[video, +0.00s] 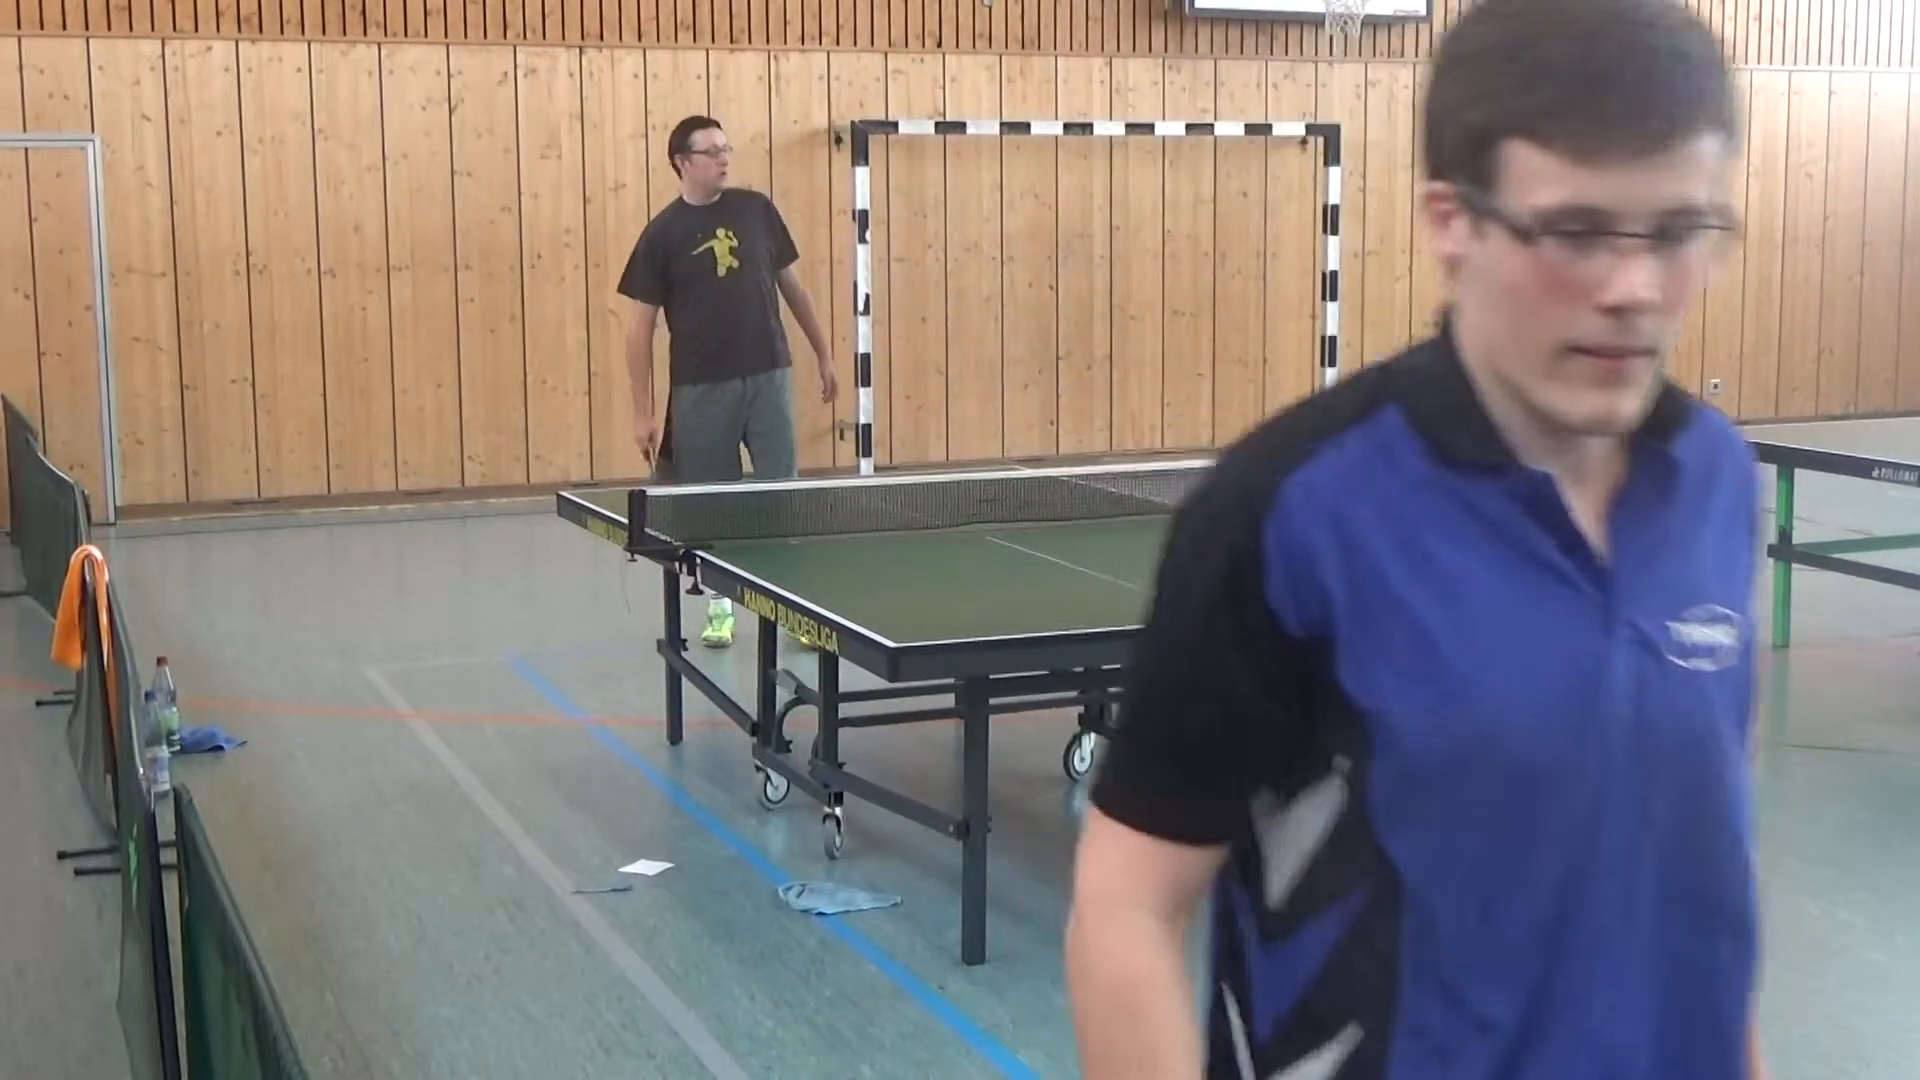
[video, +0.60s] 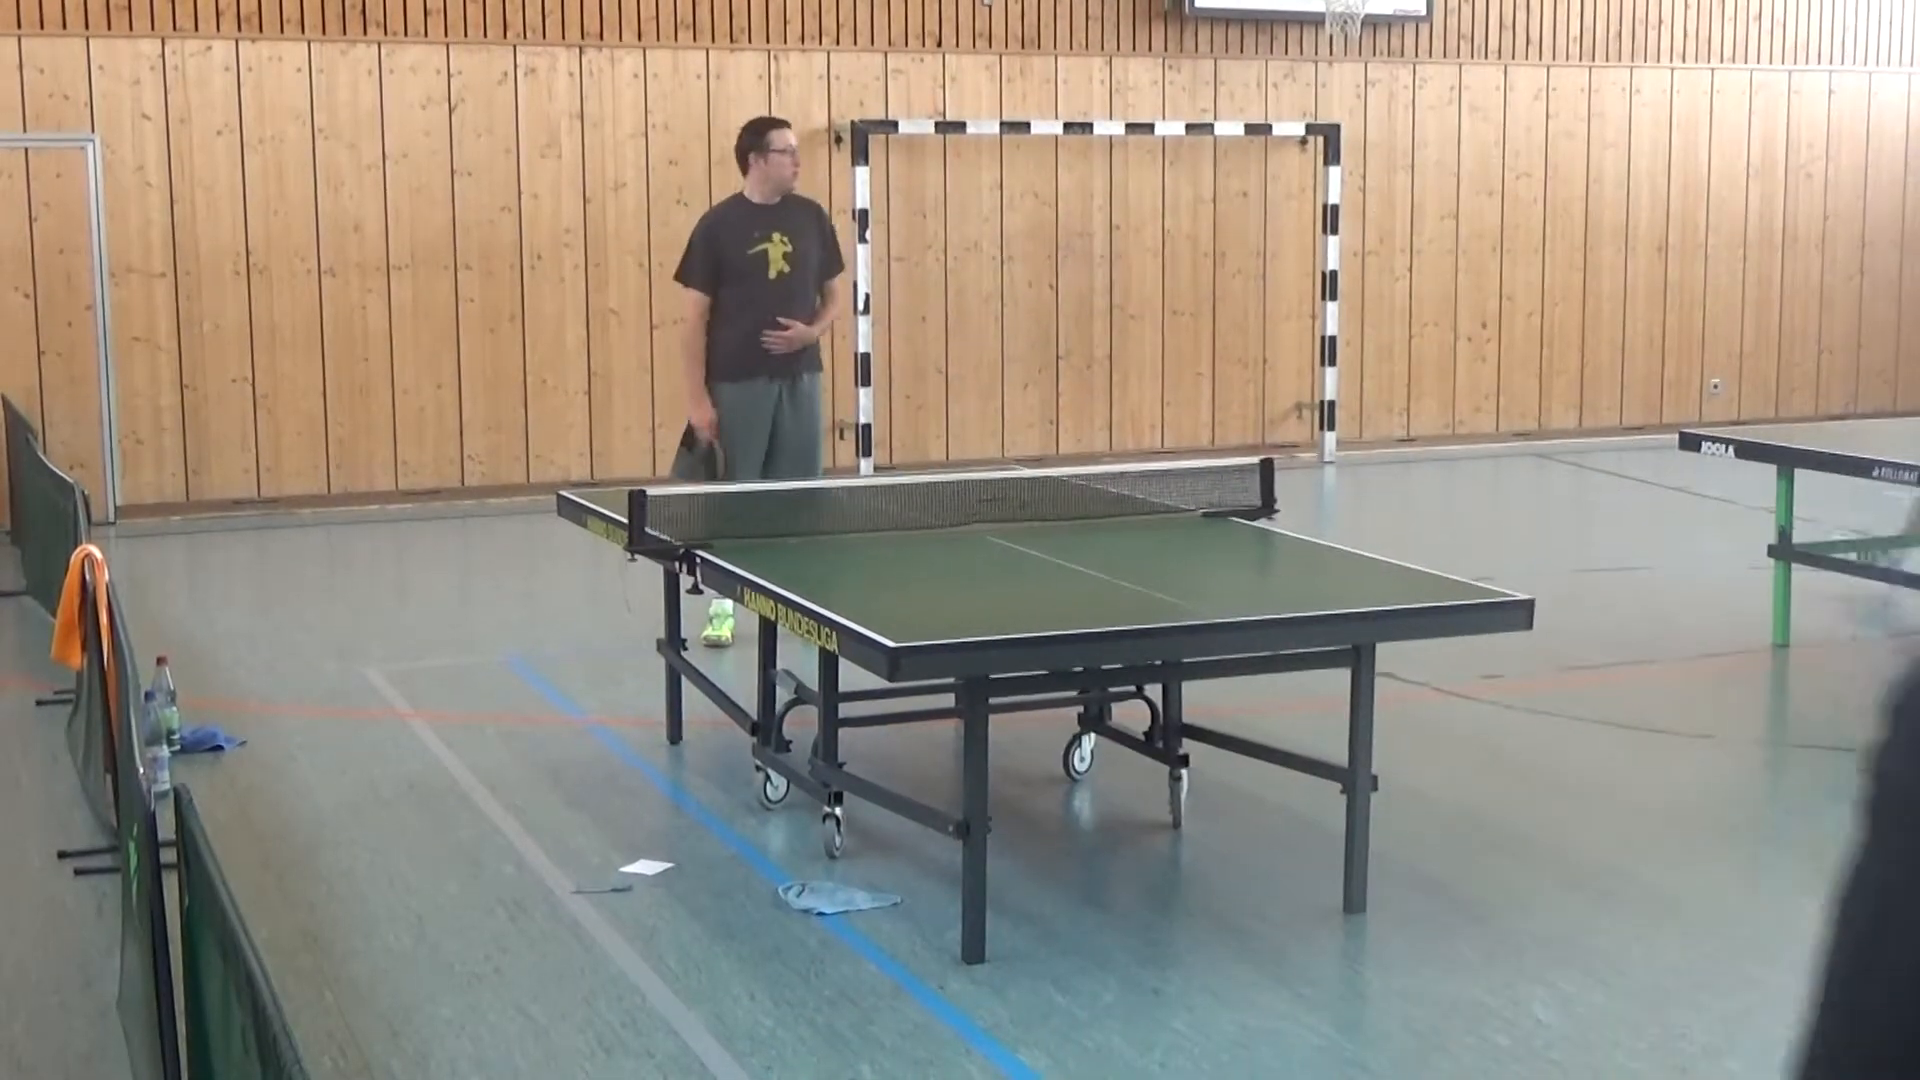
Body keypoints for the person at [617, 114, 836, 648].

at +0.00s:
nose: (724, 159)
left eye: (725, 150)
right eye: (711, 152)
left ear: (728, 156)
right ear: (681, 163)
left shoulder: (757, 208)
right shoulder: (661, 234)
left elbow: (792, 285)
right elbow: (641, 327)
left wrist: (824, 356)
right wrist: (644, 413)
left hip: (770, 381)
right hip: (701, 391)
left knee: (783, 498)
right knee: (708, 504)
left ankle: (796, 606)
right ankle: (719, 603)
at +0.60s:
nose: (796, 161)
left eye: (796, 152)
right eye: (785, 152)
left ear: (790, 159)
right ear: (753, 160)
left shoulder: (812, 217)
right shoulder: (717, 225)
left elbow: (836, 292)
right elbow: (693, 319)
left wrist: (814, 330)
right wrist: (697, 398)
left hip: (801, 382)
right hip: (738, 385)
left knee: (798, 499)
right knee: (731, 501)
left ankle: (795, 603)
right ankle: (722, 603)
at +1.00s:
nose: (840, 167)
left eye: (840, 158)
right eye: (831, 158)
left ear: (824, 166)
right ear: (797, 164)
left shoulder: (847, 224)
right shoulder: (755, 225)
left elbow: (892, 283)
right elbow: (733, 316)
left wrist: (880, 328)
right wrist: (756, 391)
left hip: (832, 391)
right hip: (766, 391)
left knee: (833, 508)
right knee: (742, 502)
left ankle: (829, 611)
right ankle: (724, 605)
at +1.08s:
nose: (842, 166)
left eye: (842, 158)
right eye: (832, 157)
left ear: (832, 166)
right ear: (800, 163)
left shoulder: (850, 224)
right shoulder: (757, 225)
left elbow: (903, 271)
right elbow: (734, 316)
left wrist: (880, 317)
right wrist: (762, 389)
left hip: (835, 389)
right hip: (769, 390)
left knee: (838, 507)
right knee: (753, 503)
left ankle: (835, 611)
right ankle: (729, 605)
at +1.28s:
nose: (842, 167)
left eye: (842, 158)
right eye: (831, 158)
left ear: (830, 167)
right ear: (800, 164)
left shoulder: (851, 223)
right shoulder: (760, 226)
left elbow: (900, 261)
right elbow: (740, 317)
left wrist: (866, 305)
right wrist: (770, 392)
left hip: (838, 389)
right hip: (771, 390)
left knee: (848, 508)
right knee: (749, 506)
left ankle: (848, 614)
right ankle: (729, 608)